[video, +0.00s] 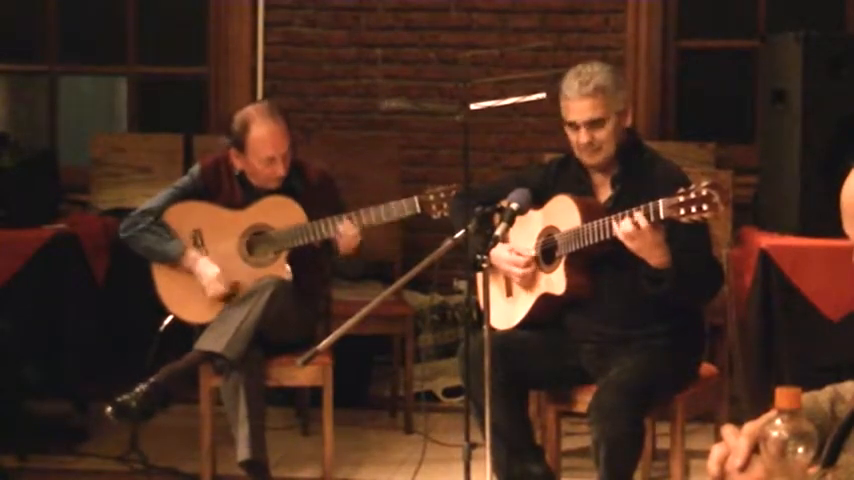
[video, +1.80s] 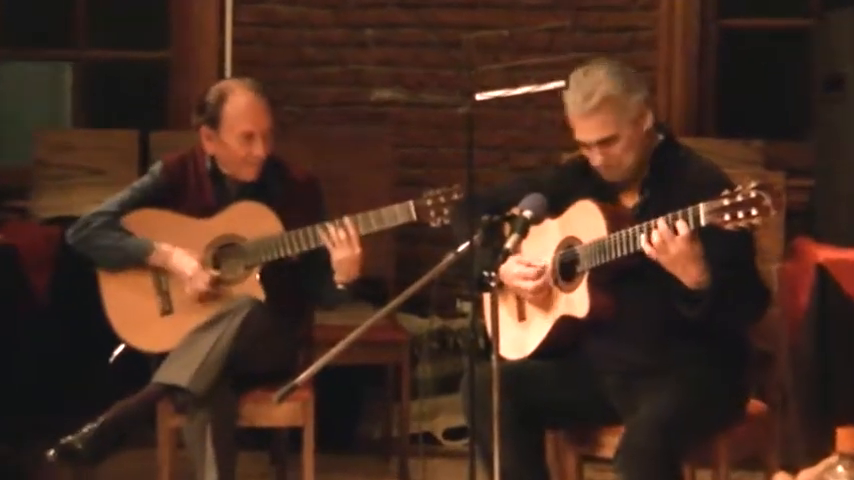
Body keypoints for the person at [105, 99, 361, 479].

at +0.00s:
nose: (280, 169)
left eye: (284, 157)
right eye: (269, 162)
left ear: (290, 145)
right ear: (238, 157)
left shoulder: (313, 183)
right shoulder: (213, 176)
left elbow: (343, 269)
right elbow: (134, 227)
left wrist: (347, 252)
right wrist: (195, 262)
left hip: (297, 315)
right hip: (228, 312)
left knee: (271, 289)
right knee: (245, 357)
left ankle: (165, 380)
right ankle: (255, 468)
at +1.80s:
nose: (260, 151)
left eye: (266, 137)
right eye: (246, 139)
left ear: (275, 131)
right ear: (208, 138)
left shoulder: (294, 190)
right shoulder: (178, 175)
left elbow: (314, 287)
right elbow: (85, 232)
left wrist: (343, 280)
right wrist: (170, 258)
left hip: (273, 342)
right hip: (190, 332)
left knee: (244, 310)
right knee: (211, 394)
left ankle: (118, 420)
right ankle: (213, 474)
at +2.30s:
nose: (233, 138)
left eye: (238, 123)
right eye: (216, 126)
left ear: (247, 120)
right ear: (178, 131)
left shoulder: (276, 189)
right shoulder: (147, 177)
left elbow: (302, 306)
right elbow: (45, 243)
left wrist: (324, 287)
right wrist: (136, 264)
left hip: (257, 361)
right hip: (166, 356)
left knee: (223, 324)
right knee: (188, 424)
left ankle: (92, 443)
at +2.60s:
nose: (196, 142)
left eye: (211, 126)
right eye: (181, 126)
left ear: (230, 125)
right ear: (158, 124)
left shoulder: (271, 188)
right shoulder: (135, 177)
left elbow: (294, 307)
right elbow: (35, 248)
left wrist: (318, 288)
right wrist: (128, 267)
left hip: (248, 363)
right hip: (153, 356)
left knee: (215, 328)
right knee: (181, 428)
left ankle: (90, 444)